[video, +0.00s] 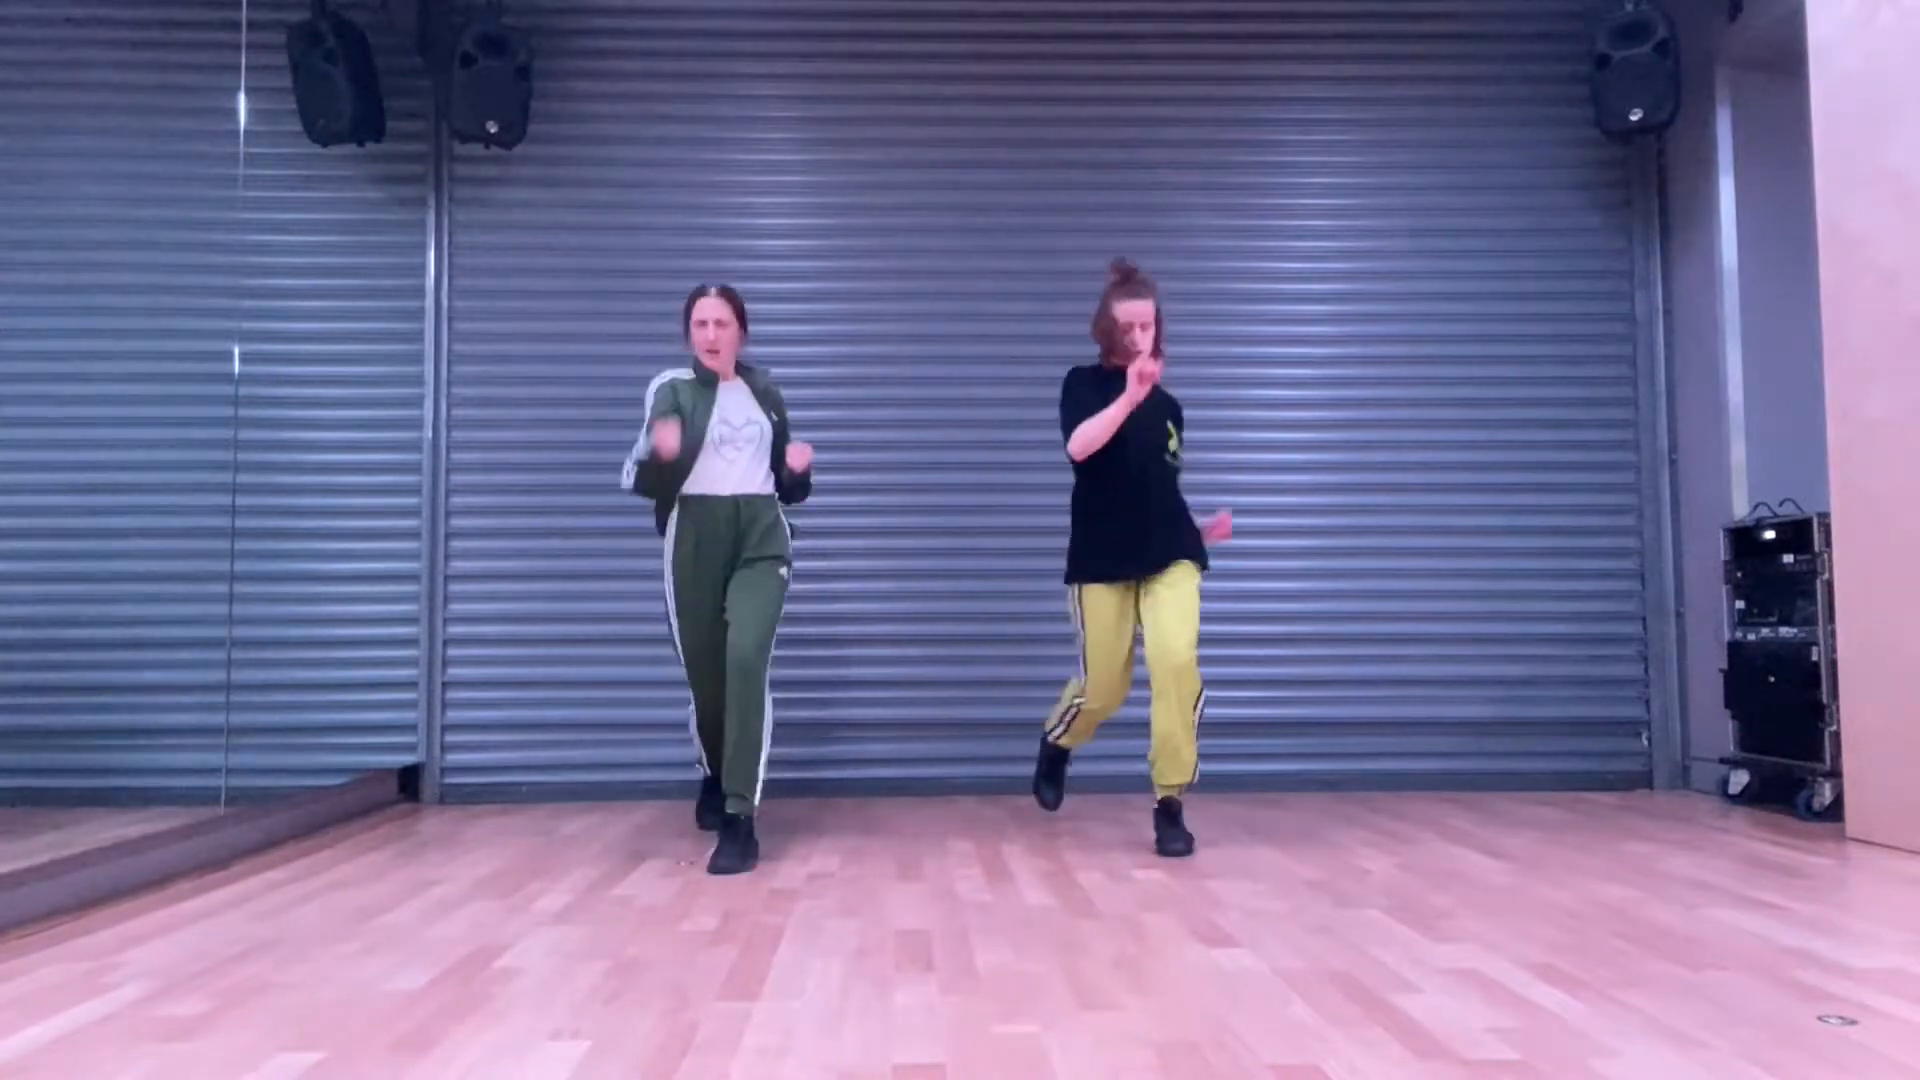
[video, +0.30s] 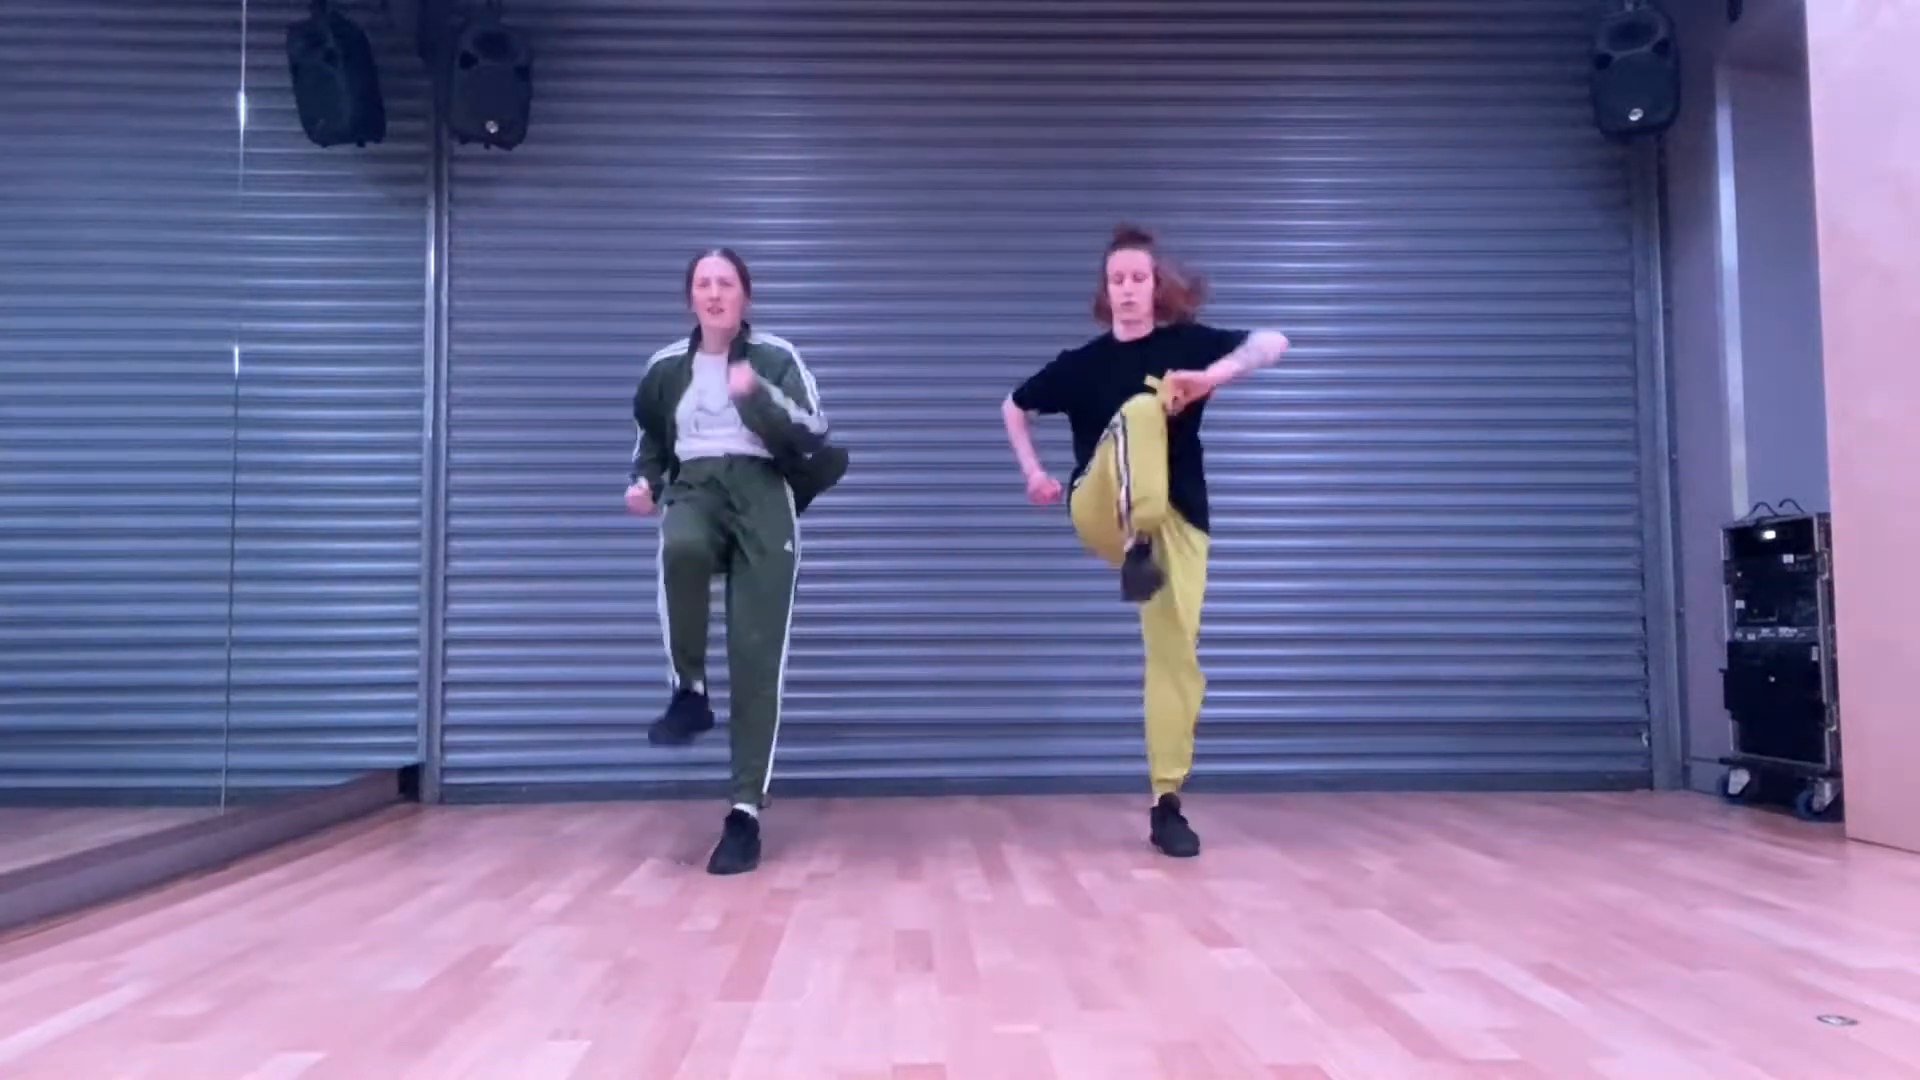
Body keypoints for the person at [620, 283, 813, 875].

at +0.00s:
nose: (711, 334)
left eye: (722, 324)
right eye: (701, 325)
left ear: (741, 333)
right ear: (688, 334)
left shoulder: (765, 394)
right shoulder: (671, 389)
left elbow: (786, 492)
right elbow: (644, 485)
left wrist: (795, 472)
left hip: (761, 535)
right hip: (696, 534)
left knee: (745, 656)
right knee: (703, 665)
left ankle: (740, 814)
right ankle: (714, 775)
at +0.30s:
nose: (714, 293)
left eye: (724, 283)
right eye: (704, 285)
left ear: (745, 296)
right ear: (690, 298)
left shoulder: (778, 360)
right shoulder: (666, 367)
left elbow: (808, 438)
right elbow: (653, 437)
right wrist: (646, 479)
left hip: (762, 488)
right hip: (691, 488)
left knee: (755, 655)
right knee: (682, 545)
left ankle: (745, 810)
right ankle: (689, 693)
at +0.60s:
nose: (718, 305)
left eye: (730, 296)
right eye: (708, 296)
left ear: (751, 309)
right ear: (695, 309)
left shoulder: (774, 374)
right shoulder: (676, 362)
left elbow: (796, 435)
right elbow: (616, 412)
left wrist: (808, 457)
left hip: (765, 534)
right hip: (696, 535)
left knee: (748, 663)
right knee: (703, 672)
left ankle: (740, 814)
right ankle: (716, 784)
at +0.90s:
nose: (704, 291)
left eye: (717, 281)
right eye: (695, 281)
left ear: (740, 295)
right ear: (681, 295)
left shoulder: (758, 364)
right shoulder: (666, 362)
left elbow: (749, 460)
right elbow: (667, 456)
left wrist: (686, 412)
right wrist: (644, 493)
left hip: (750, 512)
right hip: (688, 502)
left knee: (732, 667)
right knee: (658, 528)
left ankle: (735, 819)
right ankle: (616, 547)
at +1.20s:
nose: (698, 304)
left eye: (710, 293)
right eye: (688, 296)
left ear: (736, 303)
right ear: (678, 309)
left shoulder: (772, 375)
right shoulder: (666, 378)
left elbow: (796, 449)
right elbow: (624, 461)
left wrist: (803, 493)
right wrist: (630, 423)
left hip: (737, 520)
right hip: (661, 512)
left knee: (743, 671)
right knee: (549, 620)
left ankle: (742, 821)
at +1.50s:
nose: (665, 297)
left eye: (678, 286)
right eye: (656, 287)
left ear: (705, 296)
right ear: (646, 299)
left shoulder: (736, 374)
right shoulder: (638, 352)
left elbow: (787, 429)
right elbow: (616, 339)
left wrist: (856, 434)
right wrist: (609, 324)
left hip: (707, 532)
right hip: (629, 526)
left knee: (724, 681)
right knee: (558, 672)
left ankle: (748, 819)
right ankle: (475, 820)